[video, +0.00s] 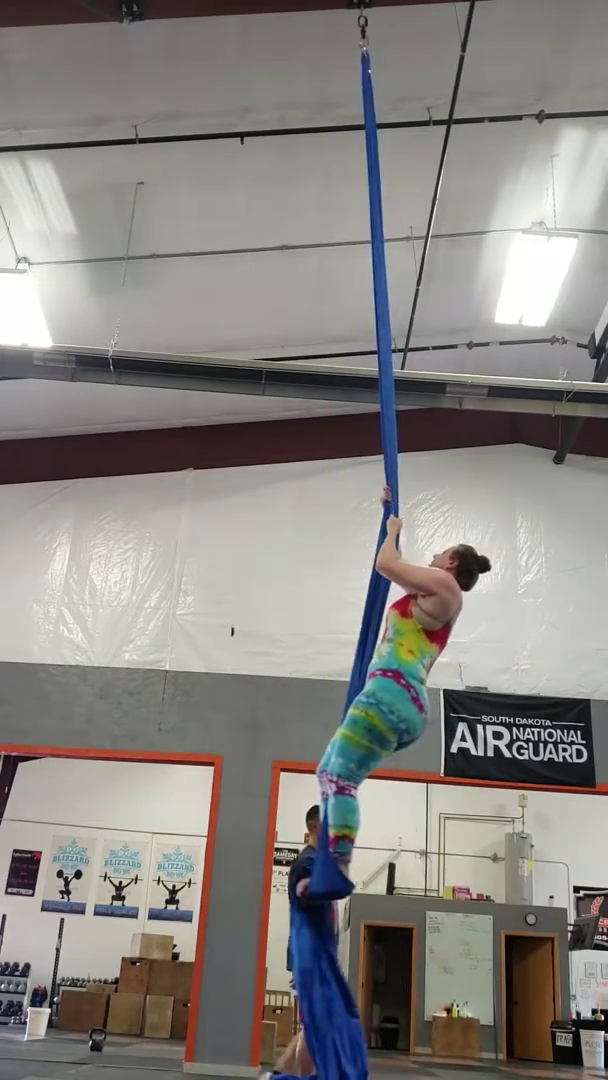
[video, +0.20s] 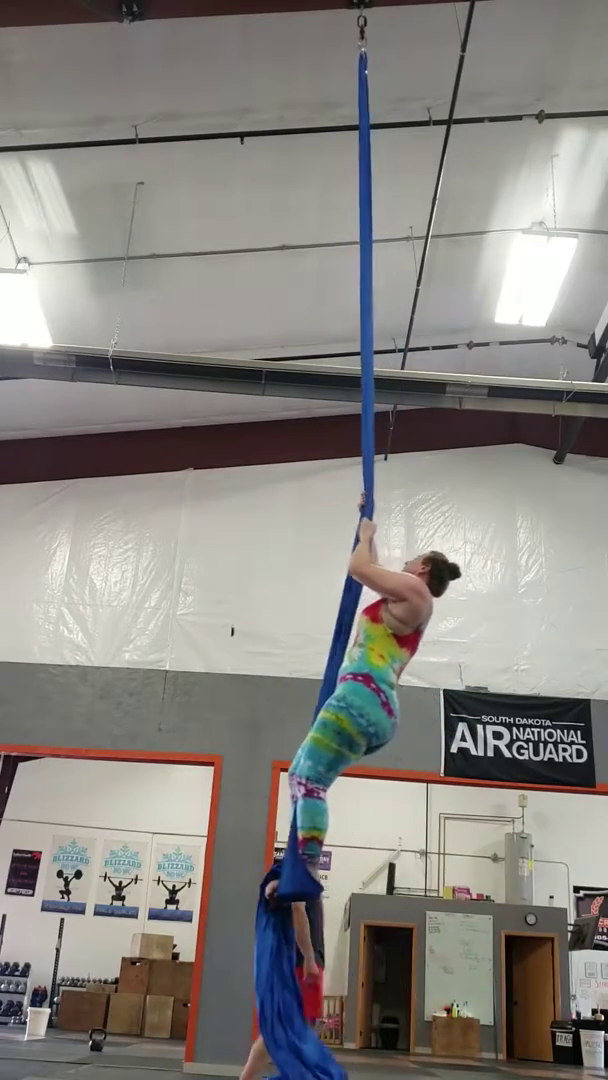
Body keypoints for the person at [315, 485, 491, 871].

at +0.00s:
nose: (435, 556)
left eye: (441, 553)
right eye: (439, 553)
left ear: (450, 562)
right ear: (459, 569)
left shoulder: (445, 586)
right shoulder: (439, 591)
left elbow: (386, 565)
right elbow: (391, 563)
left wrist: (392, 532)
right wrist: (390, 513)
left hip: (391, 692)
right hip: (405, 702)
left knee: (339, 776)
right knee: (332, 774)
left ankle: (335, 871)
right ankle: (332, 867)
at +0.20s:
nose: (407, 564)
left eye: (413, 562)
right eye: (411, 561)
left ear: (422, 569)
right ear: (431, 578)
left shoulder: (414, 589)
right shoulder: (414, 599)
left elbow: (359, 568)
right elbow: (369, 569)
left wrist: (366, 528)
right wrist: (366, 524)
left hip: (361, 697)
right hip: (378, 709)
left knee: (310, 779)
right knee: (303, 776)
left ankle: (306, 870)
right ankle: (303, 864)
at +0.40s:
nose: (367, 564)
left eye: (374, 563)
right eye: (372, 562)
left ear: (383, 572)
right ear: (392, 580)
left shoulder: (371, 590)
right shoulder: (377, 605)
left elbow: (317, 565)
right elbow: (334, 570)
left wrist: (328, 536)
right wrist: (337, 530)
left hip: (329, 698)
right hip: (349, 710)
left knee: (279, 783)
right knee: (277, 782)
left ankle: (286, 874)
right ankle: (285, 868)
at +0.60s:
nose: (334, 564)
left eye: (339, 562)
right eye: (337, 562)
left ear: (346, 571)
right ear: (355, 580)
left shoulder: (330, 588)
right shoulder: (344, 607)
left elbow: (274, 559)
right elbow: (302, 570)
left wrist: (284, 527)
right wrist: (310, 523)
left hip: (295, 697)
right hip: (318, 709)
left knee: (253, 780)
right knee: (247, 779)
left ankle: (260, 871)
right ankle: (260, 865)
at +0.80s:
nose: (310, 569)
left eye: (316, 568)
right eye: (316, 568)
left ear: (322, 574)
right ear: (333, 590)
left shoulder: (303, 584)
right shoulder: (321, 615)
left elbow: (274, 539)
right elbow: (285, 552)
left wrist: (270, 500)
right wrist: (289, 518)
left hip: (264, 693)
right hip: (288, 709)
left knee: (220, 779)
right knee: (216, 778)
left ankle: (222, 869)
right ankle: (219, 866)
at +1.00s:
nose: (300, 573)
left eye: (307, 573)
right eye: (304, 573)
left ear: (311, 583)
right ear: (317, 594)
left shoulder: (296, 596)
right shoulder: (299, 616)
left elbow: (277, 538)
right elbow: (268, 565)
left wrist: (276, 501)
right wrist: (277, 516)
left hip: (240, 696)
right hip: (257, 712)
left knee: (184, 773)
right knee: (179, 771)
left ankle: (176, 865)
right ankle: (173, 861)